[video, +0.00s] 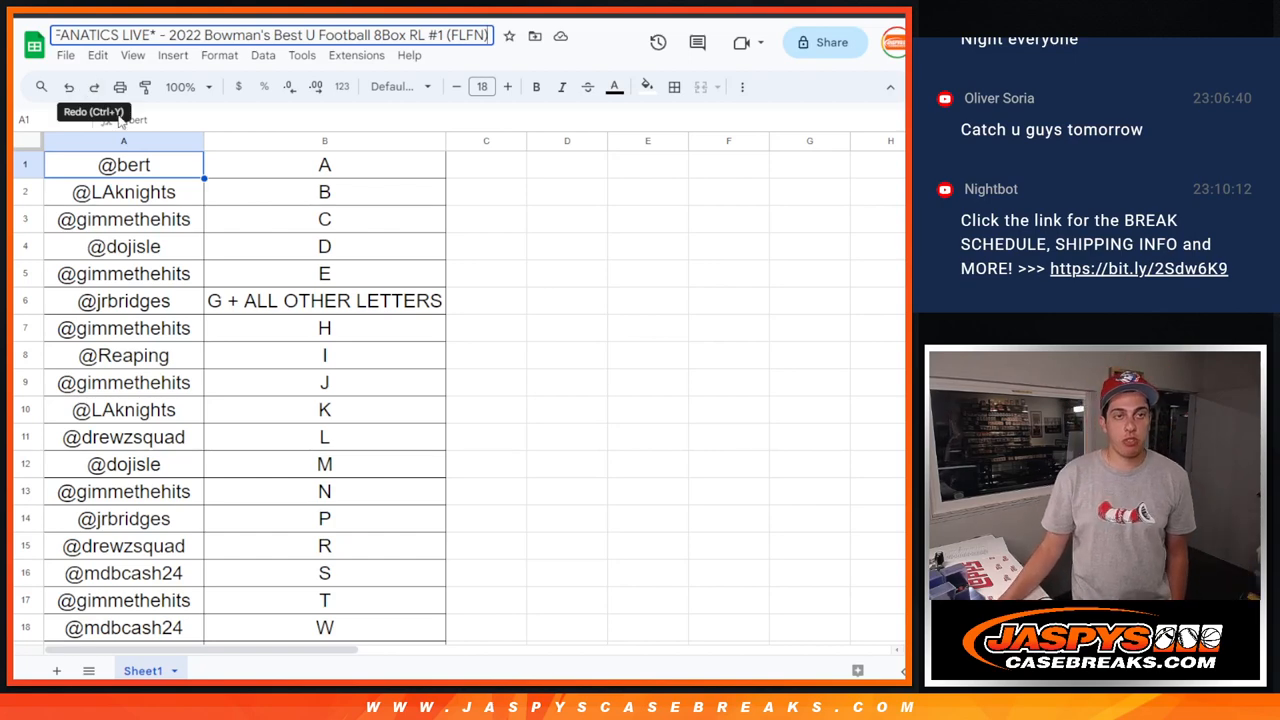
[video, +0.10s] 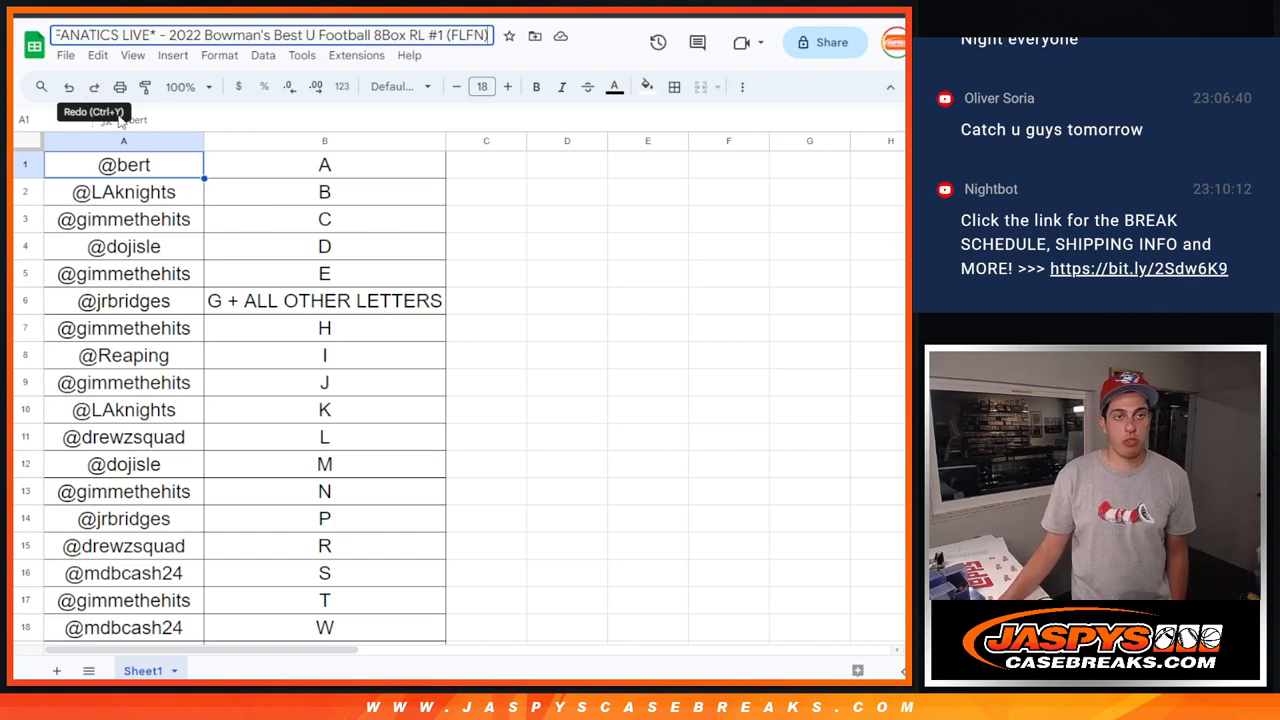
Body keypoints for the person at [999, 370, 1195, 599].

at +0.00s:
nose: (1130, 426)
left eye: (1140, 414)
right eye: (1119, 415)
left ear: (1150, 421)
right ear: (1103, 423)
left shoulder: (1174, 477)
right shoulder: (1075, 475)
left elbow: (1177, 552)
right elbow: (1050, 548)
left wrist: (1176, 604)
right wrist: (1006, 600)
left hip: (1151, 602)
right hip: (1089, 602)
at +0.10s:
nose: (1131, 426)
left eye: (1140, 415)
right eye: (1119, 416)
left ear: (1150, 421)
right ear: (1103, 423)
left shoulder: (1173, 478)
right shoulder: (1075, 475)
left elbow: (1177, 552)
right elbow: (1050, 547)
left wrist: (1176, 604)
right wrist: (1007, 600)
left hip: (1151, 602)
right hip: (1089, 602)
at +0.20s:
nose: (1130, 428)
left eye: (1139, 416)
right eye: (1119, 417)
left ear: (1149, 421)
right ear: (1102, 424)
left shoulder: (1172, 479)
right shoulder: (1074, 475)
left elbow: (1177, 553)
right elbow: (1050, 548)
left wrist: (1176, 603)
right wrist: (1006, 600)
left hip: (1151, 602)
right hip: (1089, 604)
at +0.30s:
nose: (1129, 427)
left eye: (1139, 415)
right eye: (1118, 416)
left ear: (1148, 421)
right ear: (1101, 424)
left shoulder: (1171, 479)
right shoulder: (1073, 475)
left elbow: (1175, 553)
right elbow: (1049, 548)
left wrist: (1176, 602)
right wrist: (1006, 600)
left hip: (1151, 603)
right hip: (1089, 604)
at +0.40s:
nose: (1128, 426)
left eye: (1137, 414)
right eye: (1117, 415)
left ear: (1147, 421)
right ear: (1101, 423)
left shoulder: (1170, 479)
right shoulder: (1072, 474)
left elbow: (1175, 554)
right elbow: (1049, 548)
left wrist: (1175, 603)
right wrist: (1006, 600)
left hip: (1150, 604)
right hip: (1088, 604)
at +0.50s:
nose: (1126, 427)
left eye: (1136, 415)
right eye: (1115, 416)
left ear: (1146, 421)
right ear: (1100, 424)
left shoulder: (1169, 479)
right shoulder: (1071, 475)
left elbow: (1175, 554)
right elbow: (1049, 548)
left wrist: (1175, 603)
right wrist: (1006, 600)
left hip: (1149, 602)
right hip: (1087, 603)